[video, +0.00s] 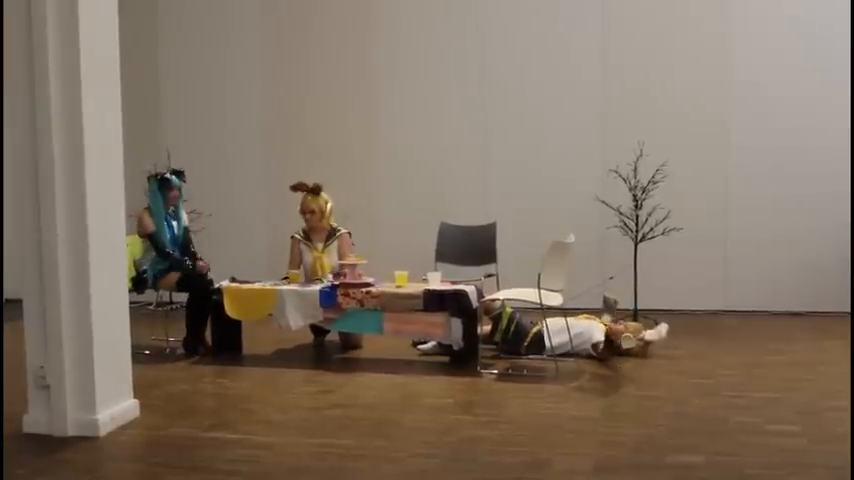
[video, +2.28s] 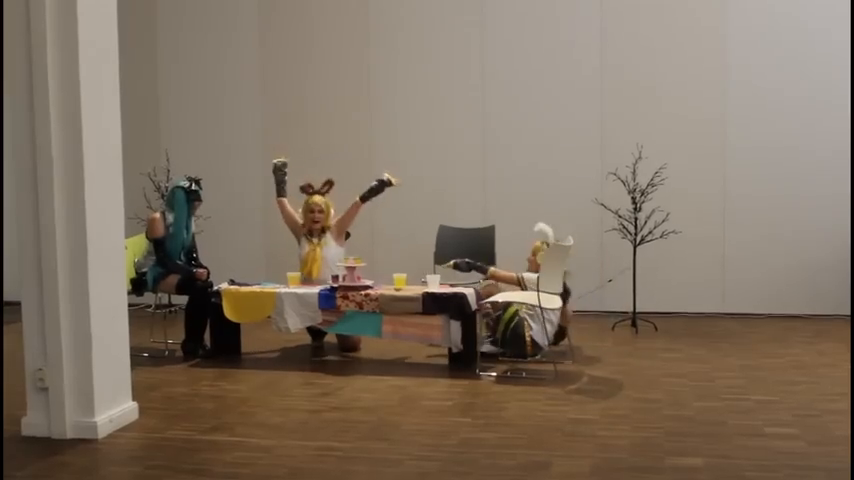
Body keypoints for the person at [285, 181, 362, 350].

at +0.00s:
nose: (306, 217)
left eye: (311, 213)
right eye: (303, 213)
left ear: (325, 213)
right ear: (300, 213)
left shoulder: (341, 235)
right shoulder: (298, 238)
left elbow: (348, 268)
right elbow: (293, 271)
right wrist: (290, 283)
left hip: (339, 291)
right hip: (311, 294)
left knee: (353, 343)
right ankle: (319, 338)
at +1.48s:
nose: (315, 209)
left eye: (321, 205)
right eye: (312, 205)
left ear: (332, 209)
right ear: (308, 207)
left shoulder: (342, 229)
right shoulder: (302, 231)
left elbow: (348, 258)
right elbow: (289, 259)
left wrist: (335, 273)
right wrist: (285, 275)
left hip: (339, 291)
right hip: (309, 293)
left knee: (353, 345)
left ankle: (344, 339)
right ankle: (317, 340)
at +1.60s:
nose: (315, 207)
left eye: (321, 204)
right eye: (313, 203)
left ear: (332, 207)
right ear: (311, 205)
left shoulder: (338, 228)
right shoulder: (305, 225)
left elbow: (351, 226)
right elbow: (273, 224)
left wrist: (353, 223)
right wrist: (283, 247)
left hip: (339, 288)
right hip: (310, 288)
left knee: (354, 345)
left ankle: (344, 338)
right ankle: (317, 338)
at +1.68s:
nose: (311, 207)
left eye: (316, 203)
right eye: (311, 203)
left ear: (330, 207)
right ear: (311, 205)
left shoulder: (341, 227)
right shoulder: (308, 223)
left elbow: (353, 202)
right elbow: (286, 195)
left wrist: (350, 197)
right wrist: (283, 208)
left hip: (339, 293)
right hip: (311, 293)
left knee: (352, 345)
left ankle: (344, 340)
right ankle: (317, 341)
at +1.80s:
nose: (308, 208)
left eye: (313, 204)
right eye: (308, 203)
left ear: (326, 207)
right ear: (308, 206)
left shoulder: (337, 229)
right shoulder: (308, 226)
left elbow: (344, 193)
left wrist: (351, 162)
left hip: (336, 298)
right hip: (308, 298)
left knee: (350, 345)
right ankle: (318, 335)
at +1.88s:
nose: (306, 208)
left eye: (311, 203)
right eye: (306, 203)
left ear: (324, 207)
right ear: (306, 207)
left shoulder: (337, 231)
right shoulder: (305, 230)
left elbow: (349, 193)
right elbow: (297, 203)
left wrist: (361, 165)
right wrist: (295, 175)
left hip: (337, 298)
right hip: (310, 299)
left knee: (352, 345)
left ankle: (345, 334)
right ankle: (317, 338)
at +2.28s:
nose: (315, 216)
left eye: (320, 211)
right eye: (311, 211)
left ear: (328, 214)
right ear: (304, 214)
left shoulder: (336, 233)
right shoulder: (303, 236)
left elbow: (357, 205)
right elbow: (283, 204)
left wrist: (382, 184)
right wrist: (280, 177)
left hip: (339, 296)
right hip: (310, 297)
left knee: (351, 346)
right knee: (295, 300)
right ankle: (316, 339)